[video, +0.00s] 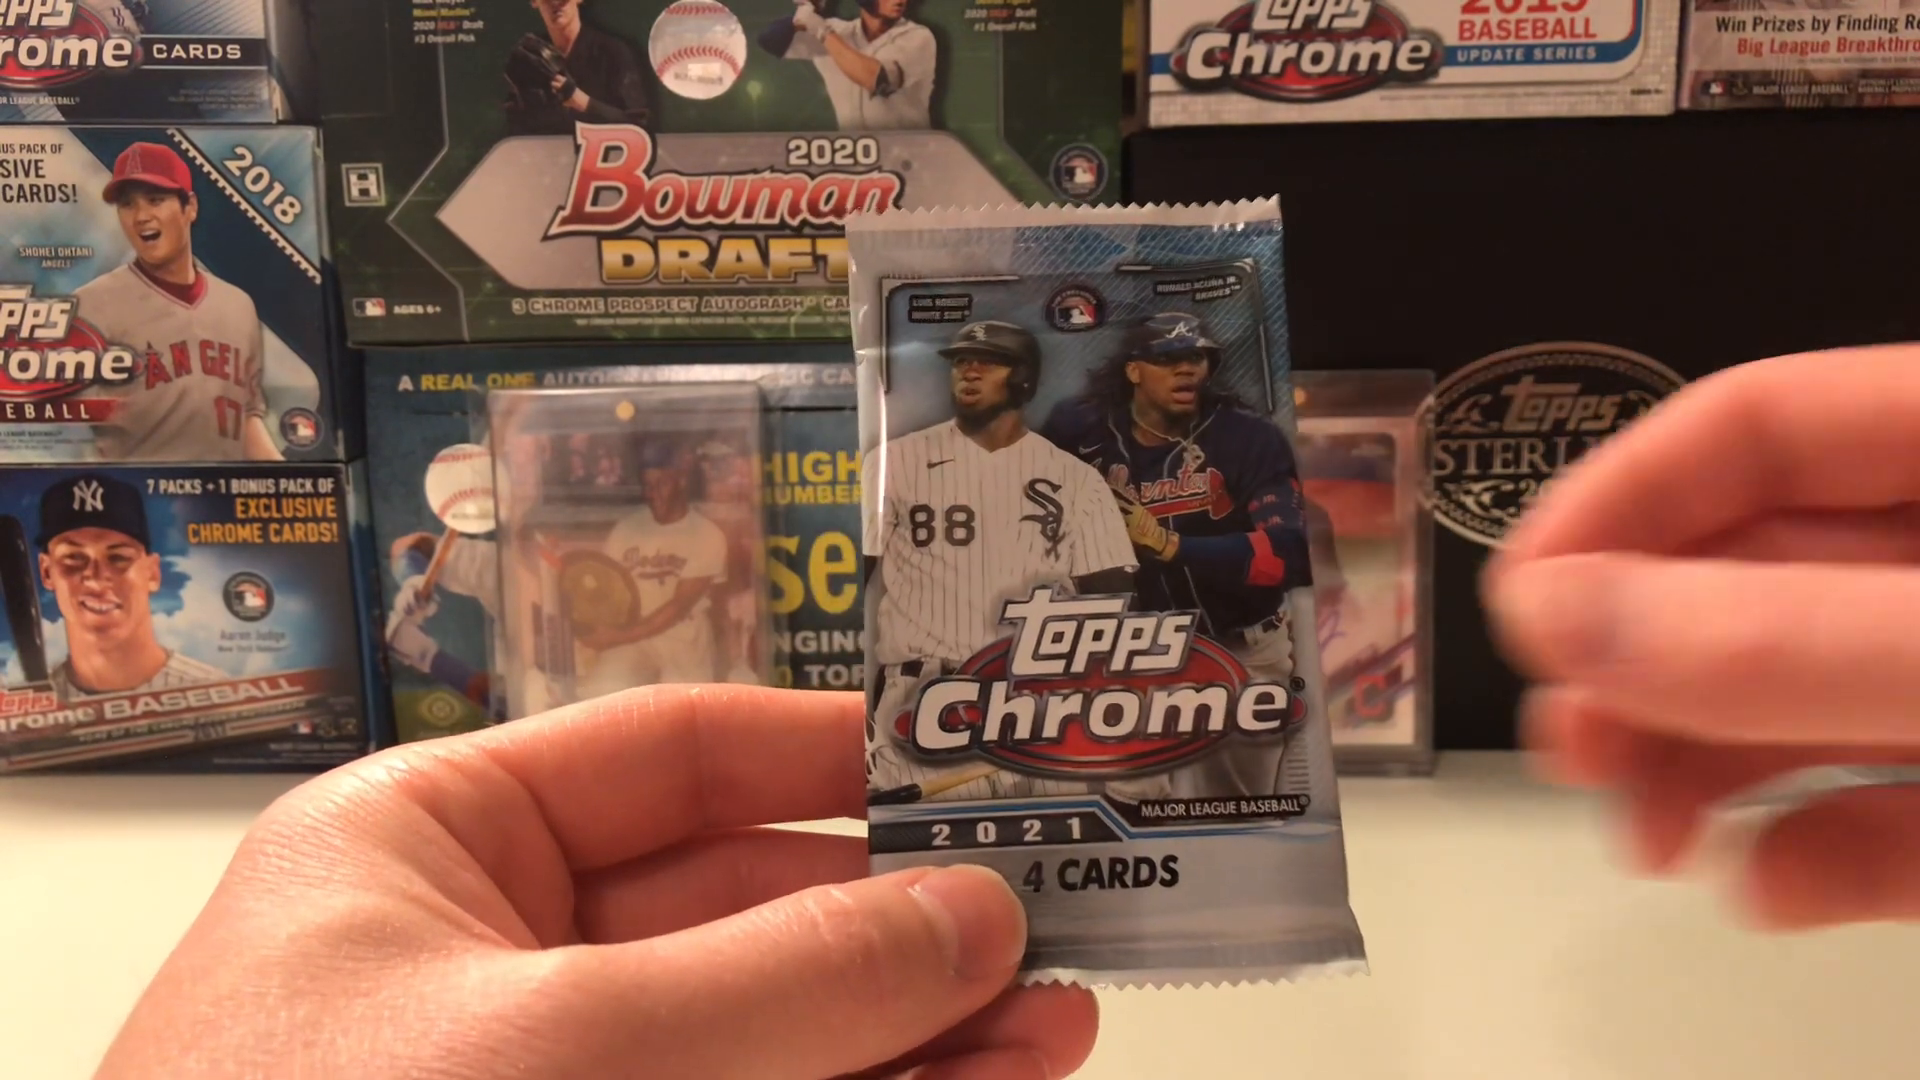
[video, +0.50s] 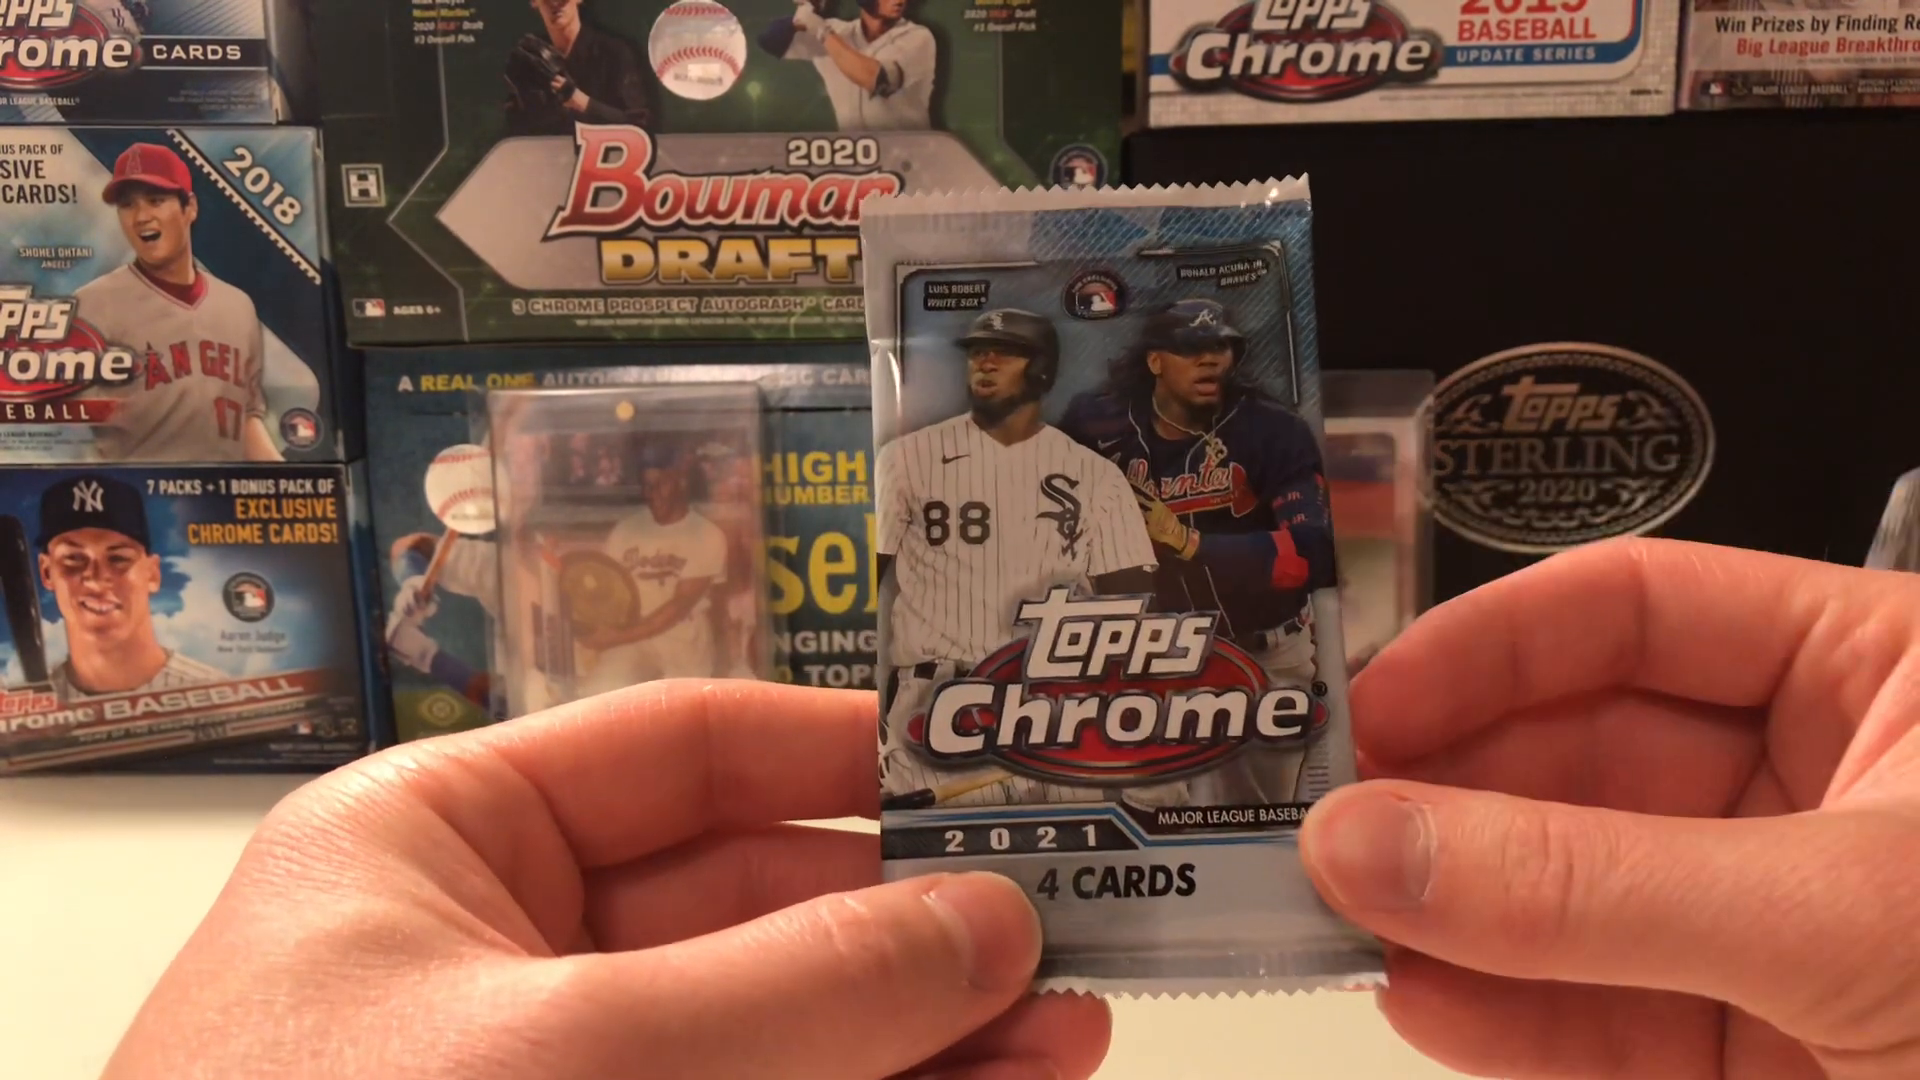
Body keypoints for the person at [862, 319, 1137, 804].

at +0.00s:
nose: (968, 373)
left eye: (986, 363)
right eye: (961, 362)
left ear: (1020, 378)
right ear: (951, 372)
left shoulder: (1076, 481)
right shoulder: (892, 465)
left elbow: (1110, 603)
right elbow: (849, 586)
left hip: (1033, 710)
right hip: (912, 709)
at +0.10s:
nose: (971, 373)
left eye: (989, 363)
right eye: (964, 362)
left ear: (1024, 378)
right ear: (953, 372)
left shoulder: (1079, 481)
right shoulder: (896, 465)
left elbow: (1114, 603)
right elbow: (852, 587)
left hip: (1038, 717)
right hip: (917, 714)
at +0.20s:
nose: (971, 376)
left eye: (989, 365)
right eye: (964, 365)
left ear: (1025, 381)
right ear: (954, 375)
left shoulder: (1080, 484)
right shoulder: (897, 468)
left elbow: (1113, 608)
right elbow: (857, 591)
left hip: (1038, 717)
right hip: (917, 715)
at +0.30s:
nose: (979, 371)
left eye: (997, 361)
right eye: (972, 360)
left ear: (1033, 378)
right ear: (961, 369)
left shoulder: (1086, 480)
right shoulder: (903, 464)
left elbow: (1121, 607)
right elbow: (866, 590)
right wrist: (870, 713)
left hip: (1042, 713)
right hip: (920, 709)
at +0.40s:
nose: (983, 370)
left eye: (1001, 360)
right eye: (976, 359)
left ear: (1037, 376)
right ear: (965, 369)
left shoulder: (1093, 483)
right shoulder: (908, 463)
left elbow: (1125, 607)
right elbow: (861, 589)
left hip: (1049, 713)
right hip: (927, 712)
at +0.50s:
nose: (984, 364)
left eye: (1002, 353)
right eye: (977, 353)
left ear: (1040, 370)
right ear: (966, 363)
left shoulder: (1096, 478)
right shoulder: (904, 462)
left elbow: (1128, 612)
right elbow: (856, 587)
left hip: (1052, 717)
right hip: (927, 715)